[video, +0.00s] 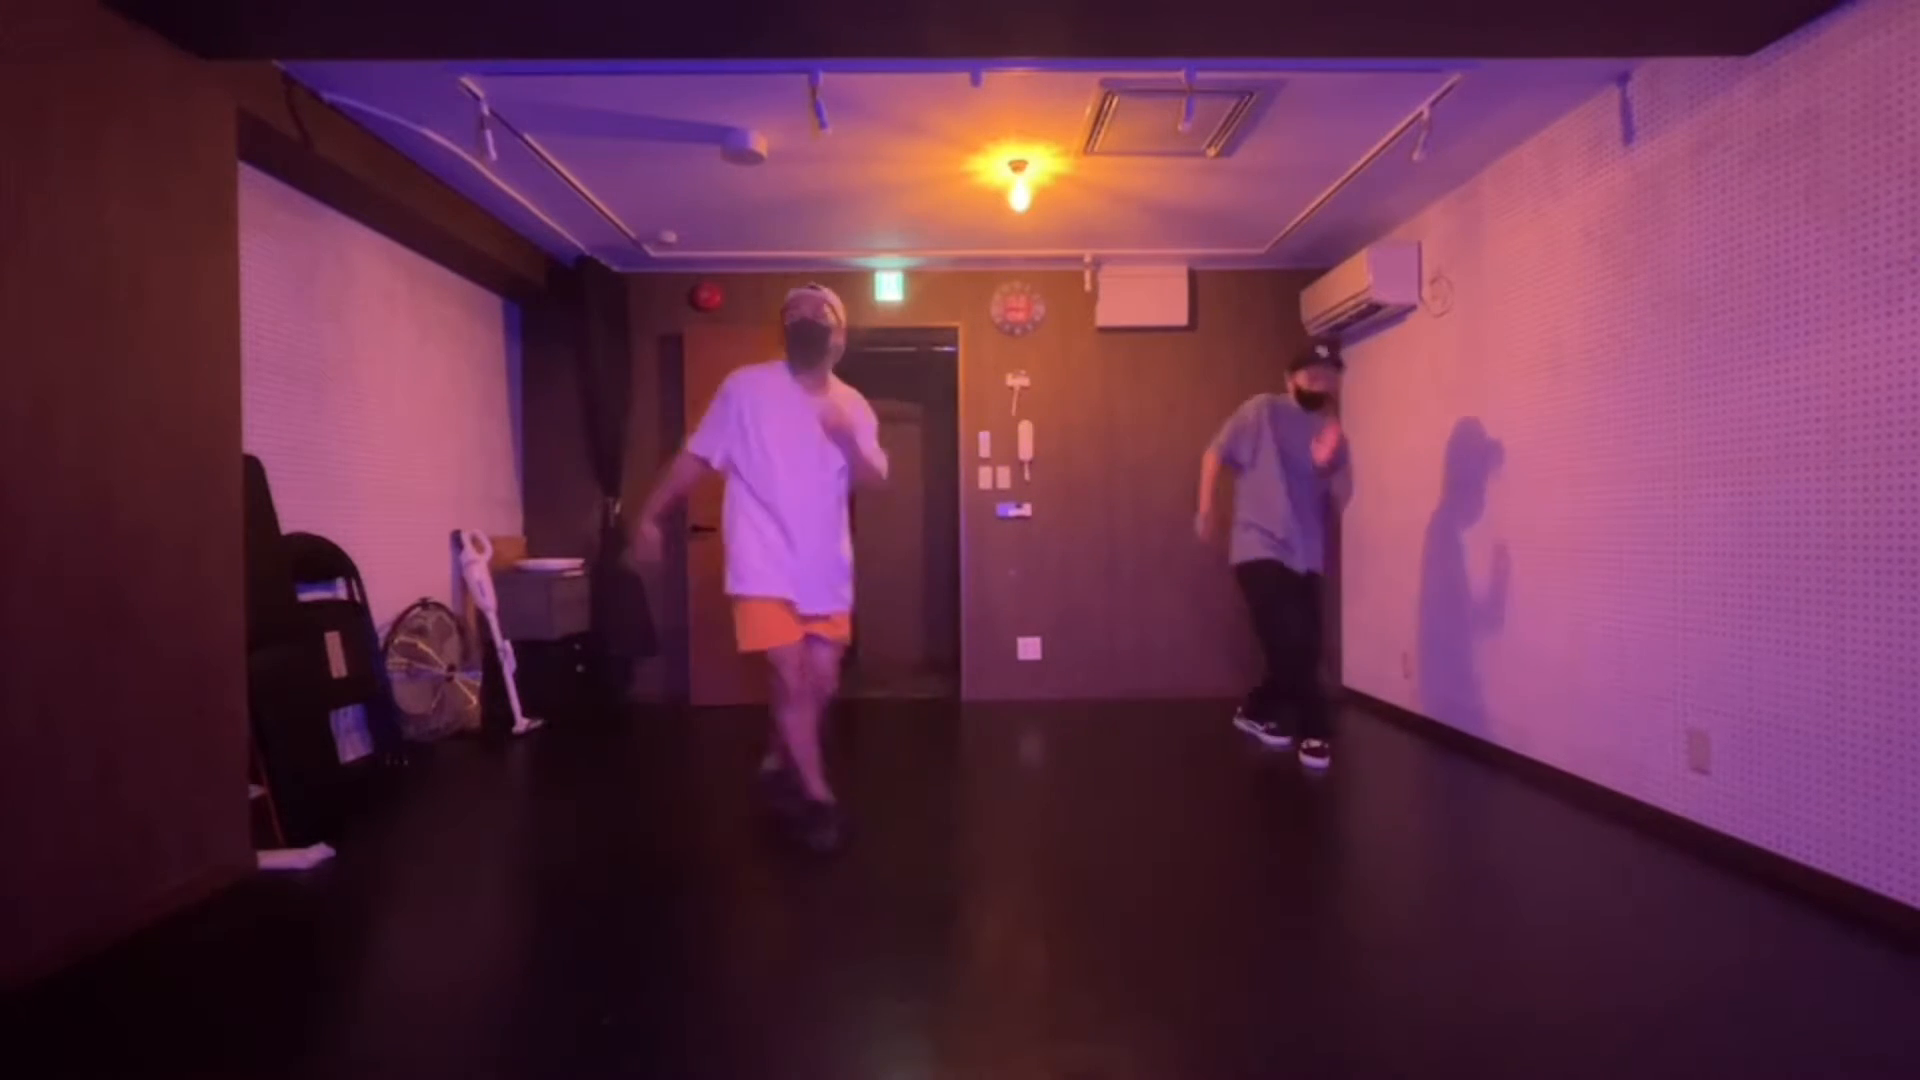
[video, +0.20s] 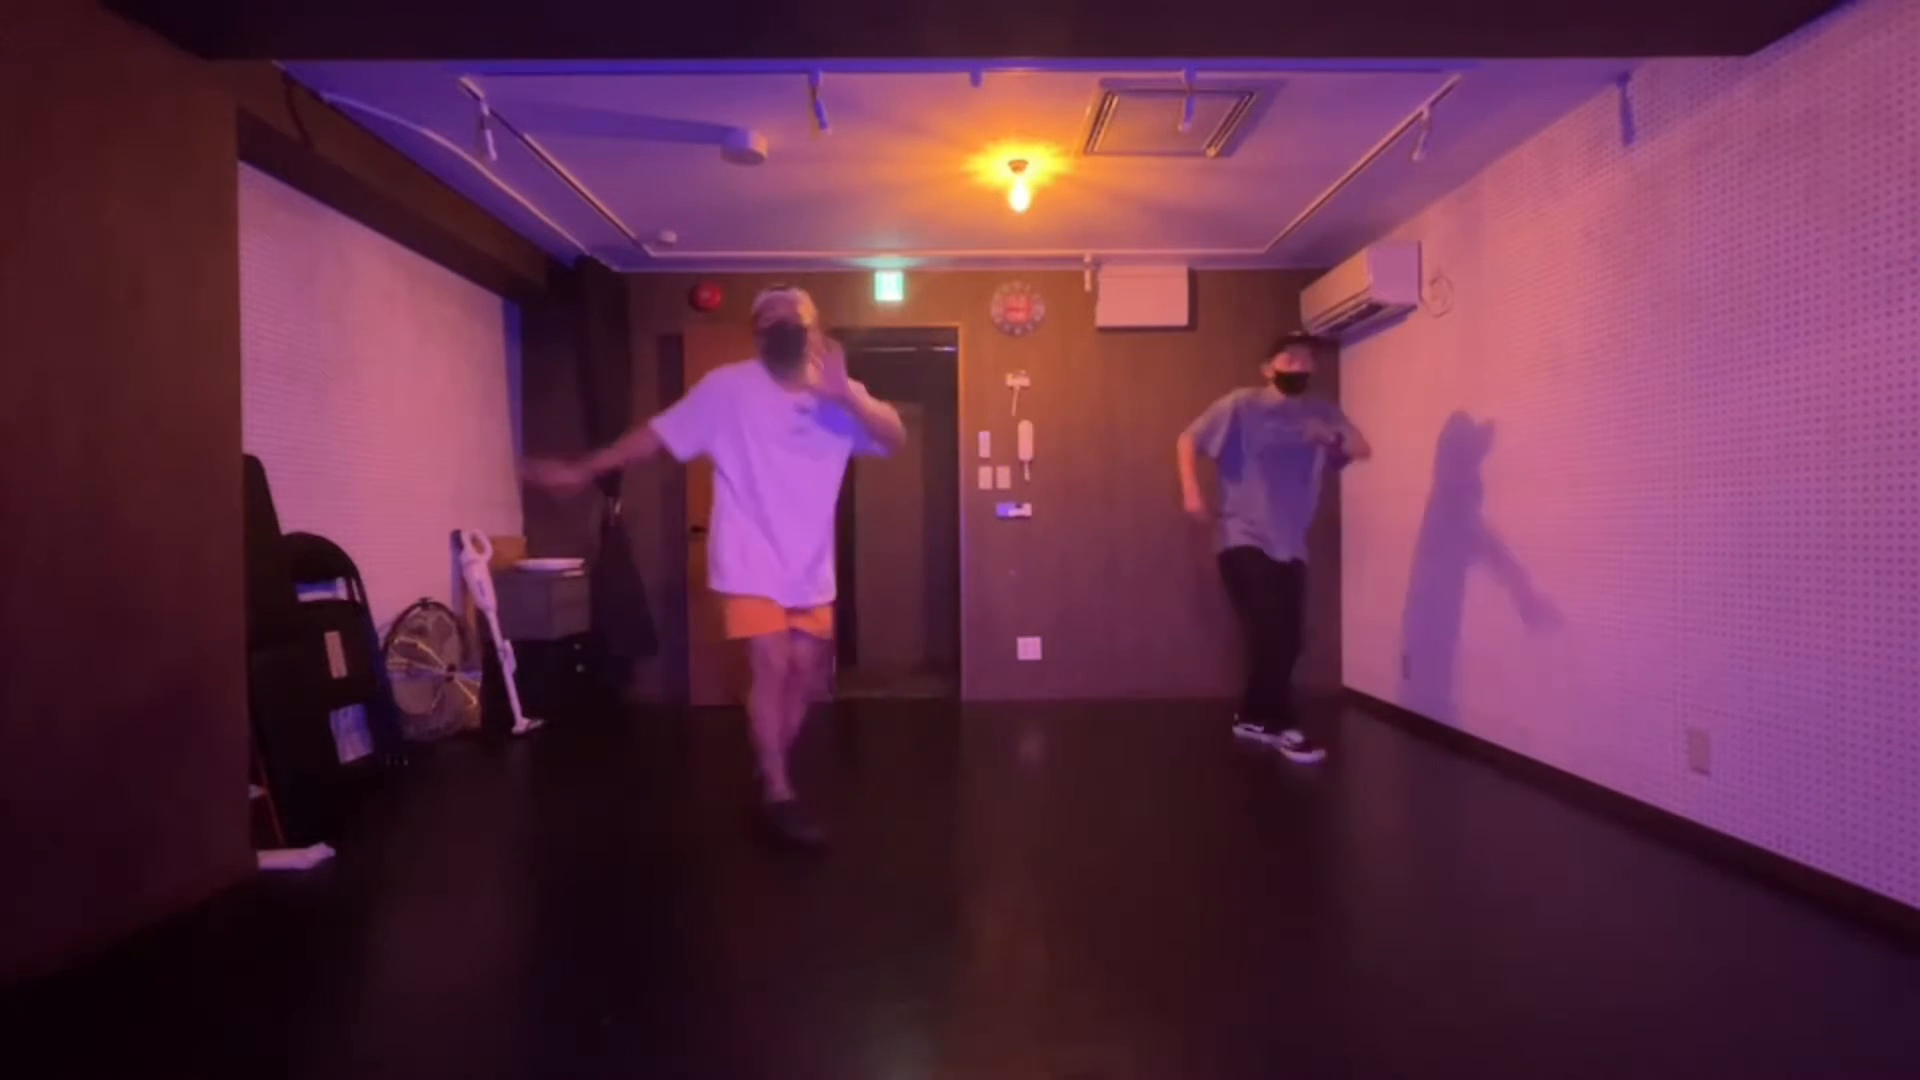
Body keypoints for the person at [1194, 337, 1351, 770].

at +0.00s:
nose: (1319, 383)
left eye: (1327, 375)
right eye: (1312, 373)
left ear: (1335, 381)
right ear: (1293, 374)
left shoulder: (1329, 430)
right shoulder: (1263, 409)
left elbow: (1341, 499)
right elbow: (1215, 453)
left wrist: (1328, 468)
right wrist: (1205, 507)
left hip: (1304, 549)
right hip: (1257, 540)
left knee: (1300, 641)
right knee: (1288, 637)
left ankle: (1258, 710)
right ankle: (1312, 733)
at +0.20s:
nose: (1296, 367)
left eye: (1304, 360)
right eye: (1287, 359)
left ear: (1313, 370)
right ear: (1269, 367)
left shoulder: (1318, 414)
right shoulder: (1243, 403)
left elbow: (1361, 451)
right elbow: (1188, 440)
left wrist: (1336, 442)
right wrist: (1191, 493)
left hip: (1289, 544)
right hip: (1244, 537)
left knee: (1283, 636)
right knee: (1271, 632)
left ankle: (1253, 718)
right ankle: (1283, 727)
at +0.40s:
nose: (1259, 358)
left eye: (1266, 350)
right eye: (1250, 350)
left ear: (1278, 358)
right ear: (1232, 361)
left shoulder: (1297, 407)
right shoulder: (1213, 408)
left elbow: (1330, 448)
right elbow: (1170, 452)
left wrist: (1293, 469)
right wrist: (1179, 503)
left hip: (1274, 538)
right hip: (1227, 532)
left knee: (1269, 626)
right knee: (1232, 618)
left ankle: (1256, 716)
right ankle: (1217, 710)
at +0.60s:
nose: (1218, 373)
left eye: (1226, 365)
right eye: (1208, 365)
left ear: (1239, 371)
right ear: (1193, 376)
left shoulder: (1264, 418)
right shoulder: (1181, 427)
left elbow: (1284, 472)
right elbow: (1156, 481)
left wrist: (1245, 492)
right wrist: (1163, 530)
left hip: (1261, 551)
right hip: (1210, 552)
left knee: (1265, 636)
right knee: (1206, 634)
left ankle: (1255, 718)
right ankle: (1198, 716)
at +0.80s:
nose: (1185, 372)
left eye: (1192, 362)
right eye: (1175, 364)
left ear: (1205, 366)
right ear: (1162, 373)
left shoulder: (1232, 410)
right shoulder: (1155, 426)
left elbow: (1256, 468)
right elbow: (1147, 488)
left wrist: (1258, 521)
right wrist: (1161, 533)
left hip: (1241, 545)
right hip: (1192, 549)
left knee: (1255, 630)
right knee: (1194, 637)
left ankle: (1260, 702)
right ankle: (1197, 712)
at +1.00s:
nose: (1174, 376)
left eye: (1181, 367)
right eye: (1165, 368)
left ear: (1194, 369)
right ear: (1153, 375)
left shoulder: (1222, 409)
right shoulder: (1147, 427)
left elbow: (1273, 446)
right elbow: (1135, 480)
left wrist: (1311, 486)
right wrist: (1157, 497)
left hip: (1228, 539)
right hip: (1182, 544)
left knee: (1224, 618)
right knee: (1188, 630)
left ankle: (1238, 682)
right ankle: (1195, 711)